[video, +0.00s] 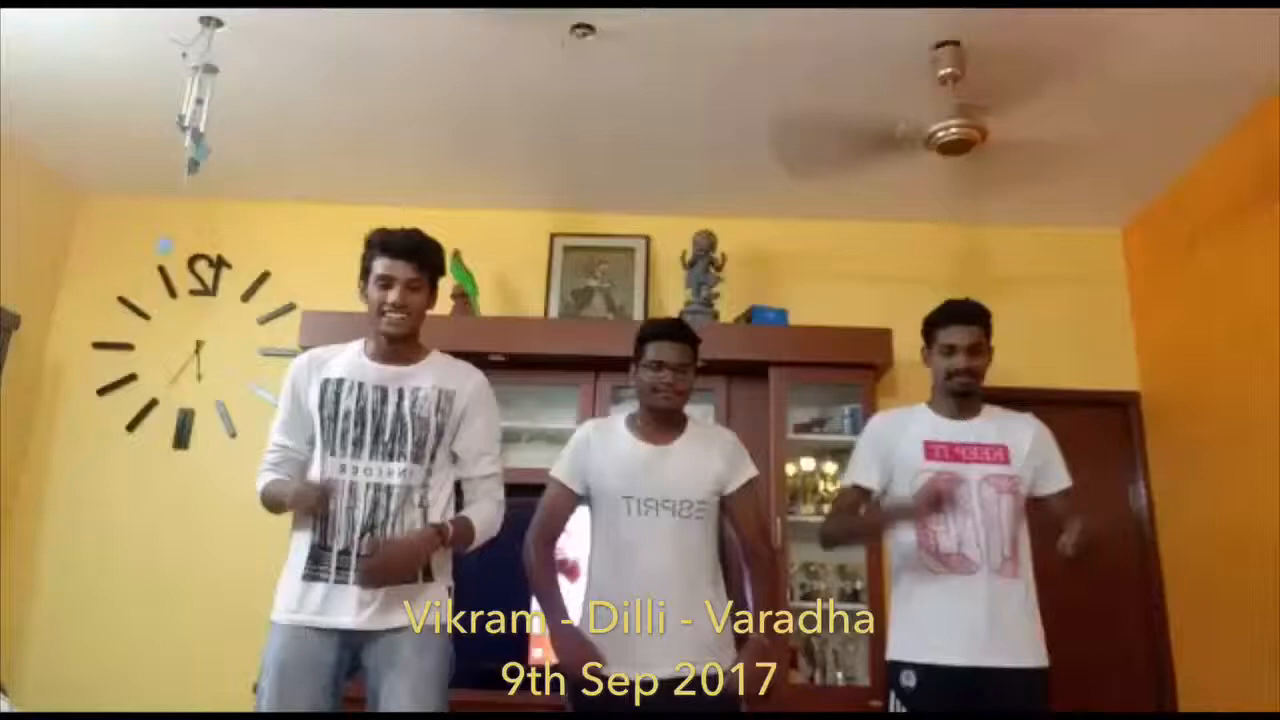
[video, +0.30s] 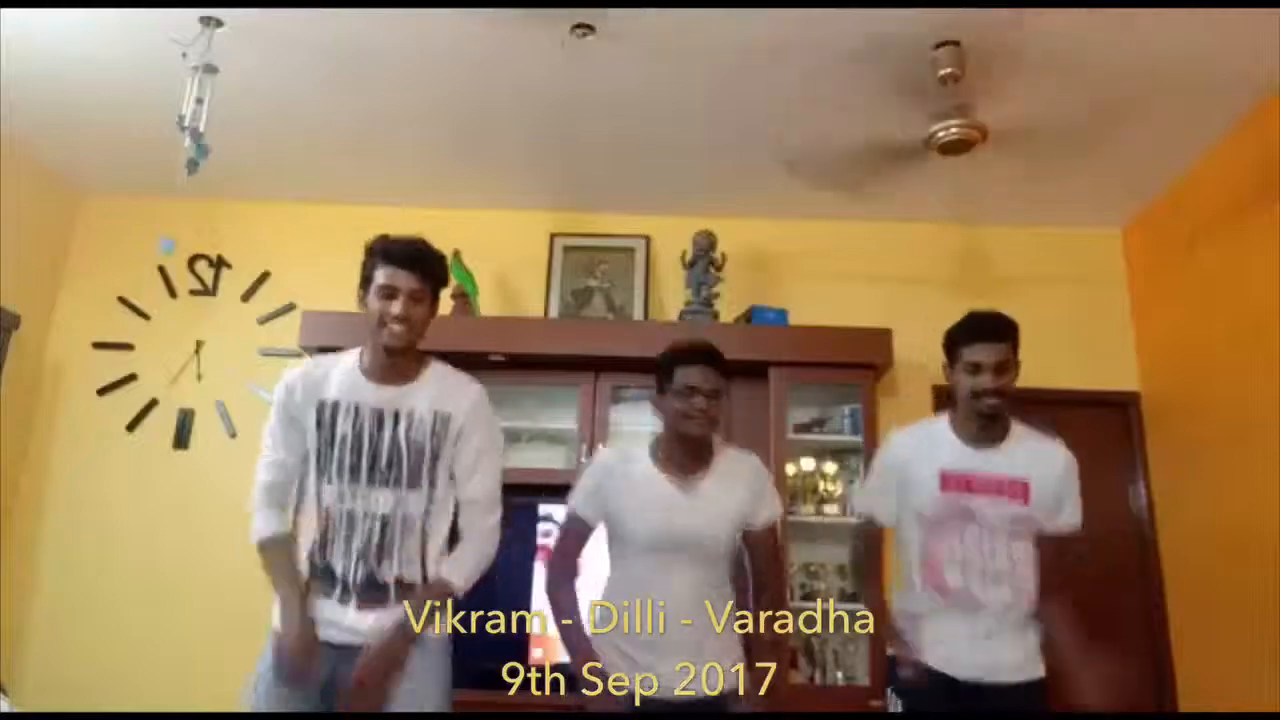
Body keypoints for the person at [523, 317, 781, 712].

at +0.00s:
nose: (668, 379)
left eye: (680, 369)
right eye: (656, 367)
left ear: (694, 377)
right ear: (634, 373)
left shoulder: (721, 447)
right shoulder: (592, 441)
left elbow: (761, 552)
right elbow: (537, 543)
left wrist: (765, 637)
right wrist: (562, 633)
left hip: (701, 675)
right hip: (608, 676)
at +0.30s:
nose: (701, 405)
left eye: (712, 396)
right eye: (687, 393)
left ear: (723, 405)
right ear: (659, 402)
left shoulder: (747, 475)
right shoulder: (611, 470)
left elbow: (771, 589)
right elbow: (559, 573)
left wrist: (761, 686)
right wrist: (587, 665)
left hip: (715, 688)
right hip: (624, 686)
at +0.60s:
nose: (753, 347)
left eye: (759, 338)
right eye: (738, 335)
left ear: (766, 348)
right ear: (700, 349)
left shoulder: (777, 431)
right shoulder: (661, 414)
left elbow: (795, 537)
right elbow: (604, 522)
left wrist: (838, 600)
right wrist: (605, 613)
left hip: (775, 651)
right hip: (681, 648)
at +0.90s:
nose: (797, 425)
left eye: (802, 414)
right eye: (785, 410)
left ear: (803, 420)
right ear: (737, 409)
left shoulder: (796, 500)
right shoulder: (686, 477)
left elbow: (829, 620)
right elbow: (646, 595)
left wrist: (905, 690)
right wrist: (561, 658)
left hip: (825, 694)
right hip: (736, 688)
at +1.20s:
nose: (748, 327)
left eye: (762, 318)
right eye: (735, 318)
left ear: (784, 337)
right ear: (717, 335)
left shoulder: (813, 417)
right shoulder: (679, 405)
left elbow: (840, 531)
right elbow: (610, 516)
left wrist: (876, 621)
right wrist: (632, 596)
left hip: (794, 651)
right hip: (693, 647)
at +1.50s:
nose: (662, 359)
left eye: (681, 350)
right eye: (661, 350)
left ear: (721, 368)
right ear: (653, 360)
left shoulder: (757, 451)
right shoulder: (632, 455)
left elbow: (800, 575)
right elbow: (602, 563)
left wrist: (772, 676)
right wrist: (572, 648)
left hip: (721, 690)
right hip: (628, 683)